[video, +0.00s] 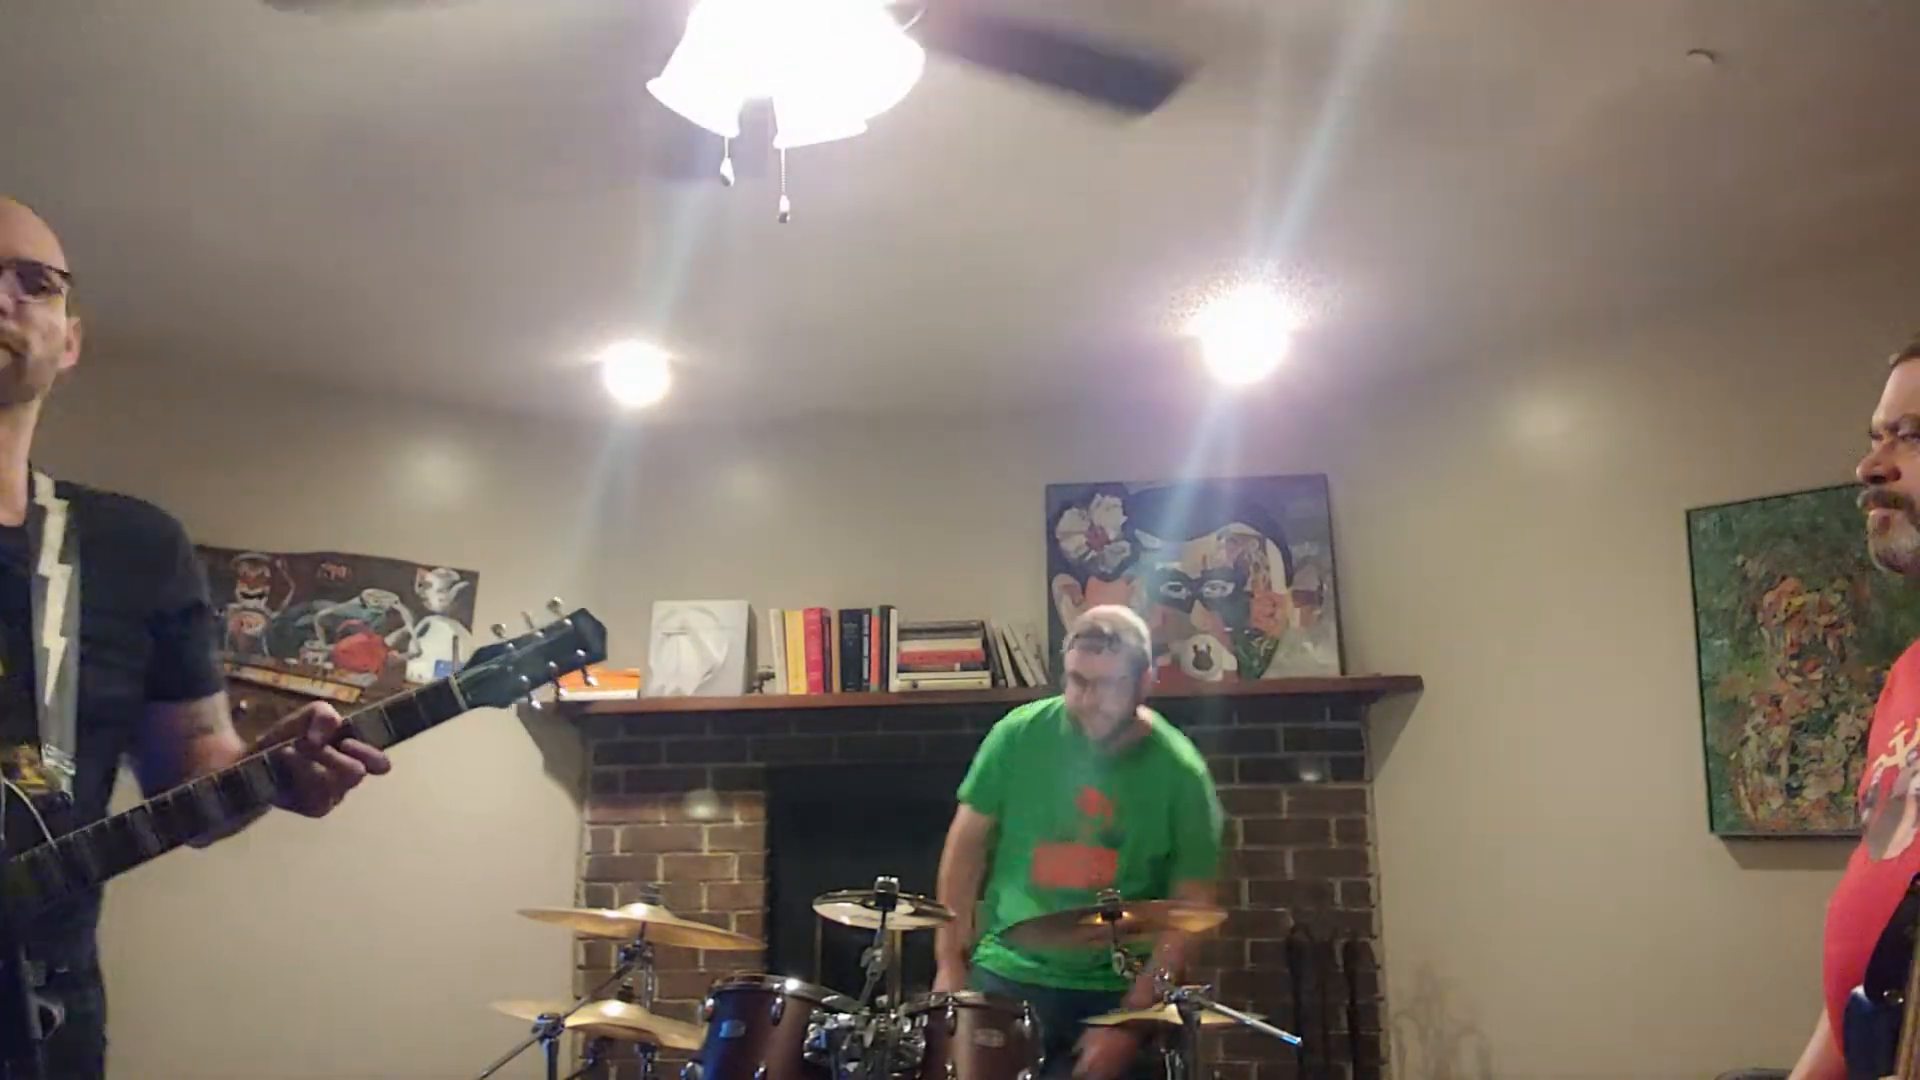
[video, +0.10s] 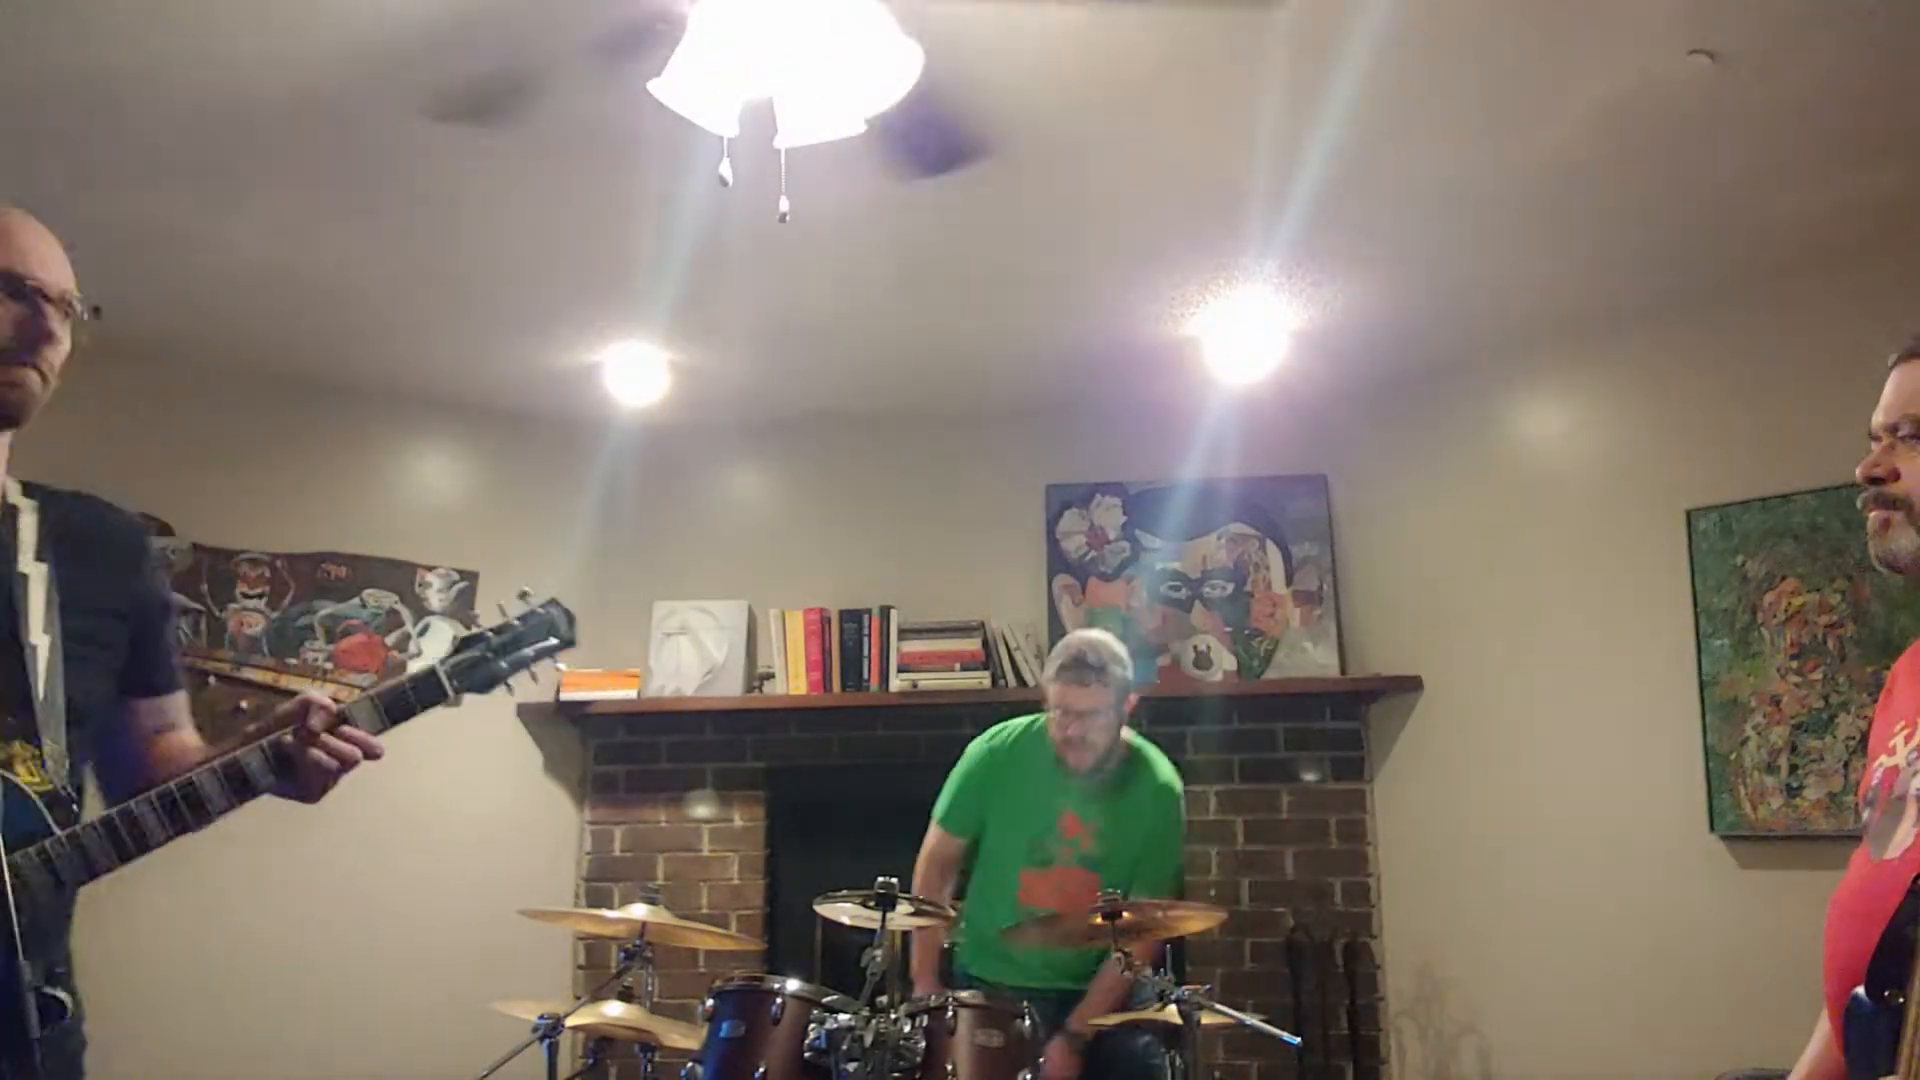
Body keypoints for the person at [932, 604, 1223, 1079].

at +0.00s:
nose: (1084, 700)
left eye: (1103, 686)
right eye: (1075, 681)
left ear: (1145, 682)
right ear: (1064, 670)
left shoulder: (1180, 772)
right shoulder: (1017, 738)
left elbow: (1192, 912)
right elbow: (965, 843)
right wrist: (949, 964)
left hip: (1116, 988)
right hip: (1007, 975)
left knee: (1115, 1064)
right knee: (963, 1064)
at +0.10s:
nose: (1070, 729)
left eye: (1088, 715)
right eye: (1059, 712)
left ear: (1127, 709)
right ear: (1045, 699)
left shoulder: (1157, 789)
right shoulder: (995, 755)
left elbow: (1144, 930)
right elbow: (936, 864)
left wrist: (1074, 1035)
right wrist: (924, 987)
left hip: (1099, 992)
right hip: (987, 986)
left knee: (1142, 1060)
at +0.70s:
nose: (1025, 761)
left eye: (1042, 744)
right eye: (1011, 742)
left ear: (1076, 740)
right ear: (995, 737)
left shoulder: (1119, 817)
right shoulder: (957, 801)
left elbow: (1117, 950)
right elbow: (928, 918)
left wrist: (1070, 1064)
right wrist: (930, 1027)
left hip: (1081, 998)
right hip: (975, 998)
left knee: (1147, 1068)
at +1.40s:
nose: (992, 801)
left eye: (1006, 786)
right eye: (984, 784)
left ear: (1052, 771)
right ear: (974, 770)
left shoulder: (1111, 836)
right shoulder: (953, 831)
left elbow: (1136, 962)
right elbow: (901, 934)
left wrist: (1082, 1062)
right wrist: (886, 1036)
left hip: (1077, 1031)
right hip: (970, 1029)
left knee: (1147, 1072)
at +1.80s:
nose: (974, 813)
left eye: (986, 798)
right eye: (965, 800)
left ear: (1028, 782)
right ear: (957, 794)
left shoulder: (1099, 851)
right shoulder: (954, 862)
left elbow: (1151, 967)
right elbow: (905, 979)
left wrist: (1104, 1011)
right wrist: (886, 1054)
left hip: (1084, 1035)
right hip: (980, 1036)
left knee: (1149, 1074)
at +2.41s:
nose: (958, 849)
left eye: (970, 834)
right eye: (946, 835)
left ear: (1009, 814)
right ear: (935, 823)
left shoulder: (1081, 849)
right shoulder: (933, 877)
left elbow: (1142, 952)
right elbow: (901, 1004)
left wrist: (1092, 1017)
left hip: (1077, 1037)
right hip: (977, 1043)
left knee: (1131, 1075)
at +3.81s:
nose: (953, 789)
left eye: (963, 773)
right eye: (946, 778)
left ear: (1010, 764)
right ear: (941, 781)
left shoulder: (1079, 842)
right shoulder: (931, 857)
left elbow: (1130, 960)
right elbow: (895, 982)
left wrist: (1046, 983)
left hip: (1071, 1031)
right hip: (961, 1035)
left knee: (1133, 1074)